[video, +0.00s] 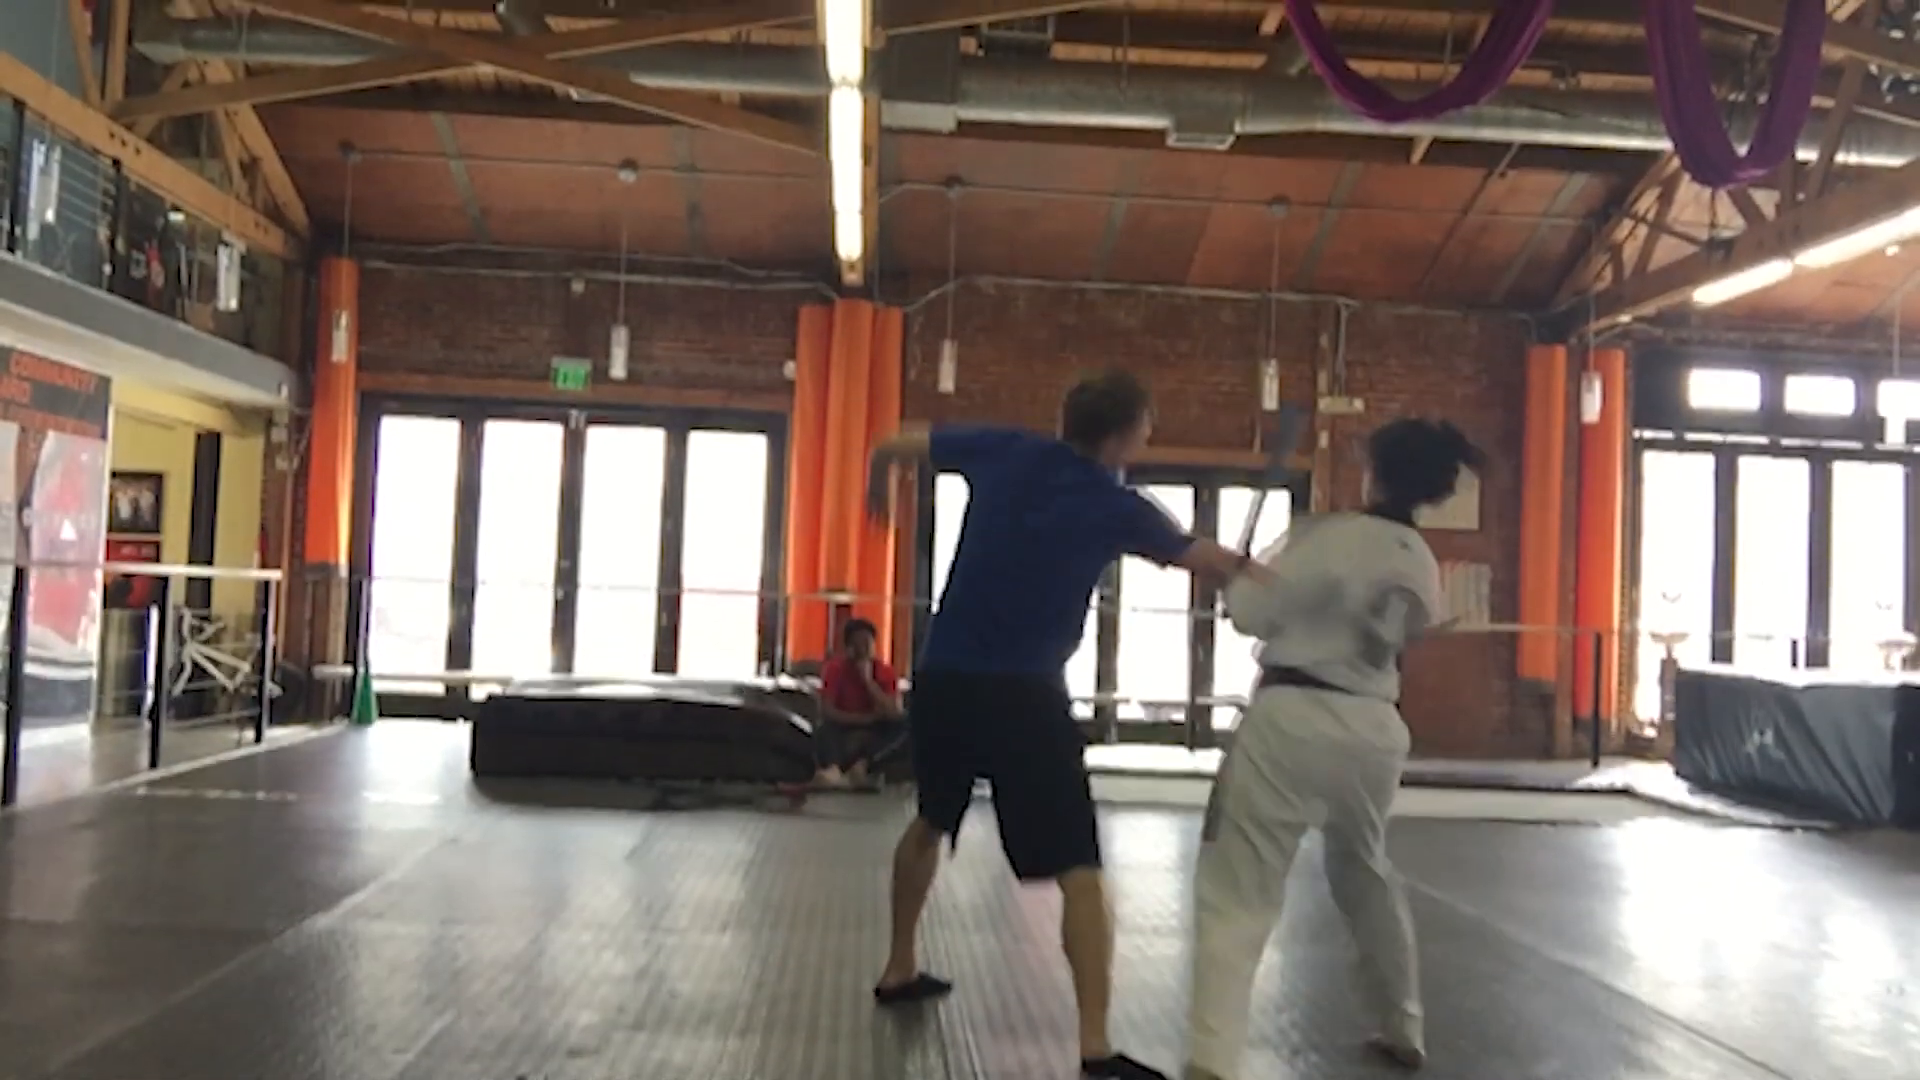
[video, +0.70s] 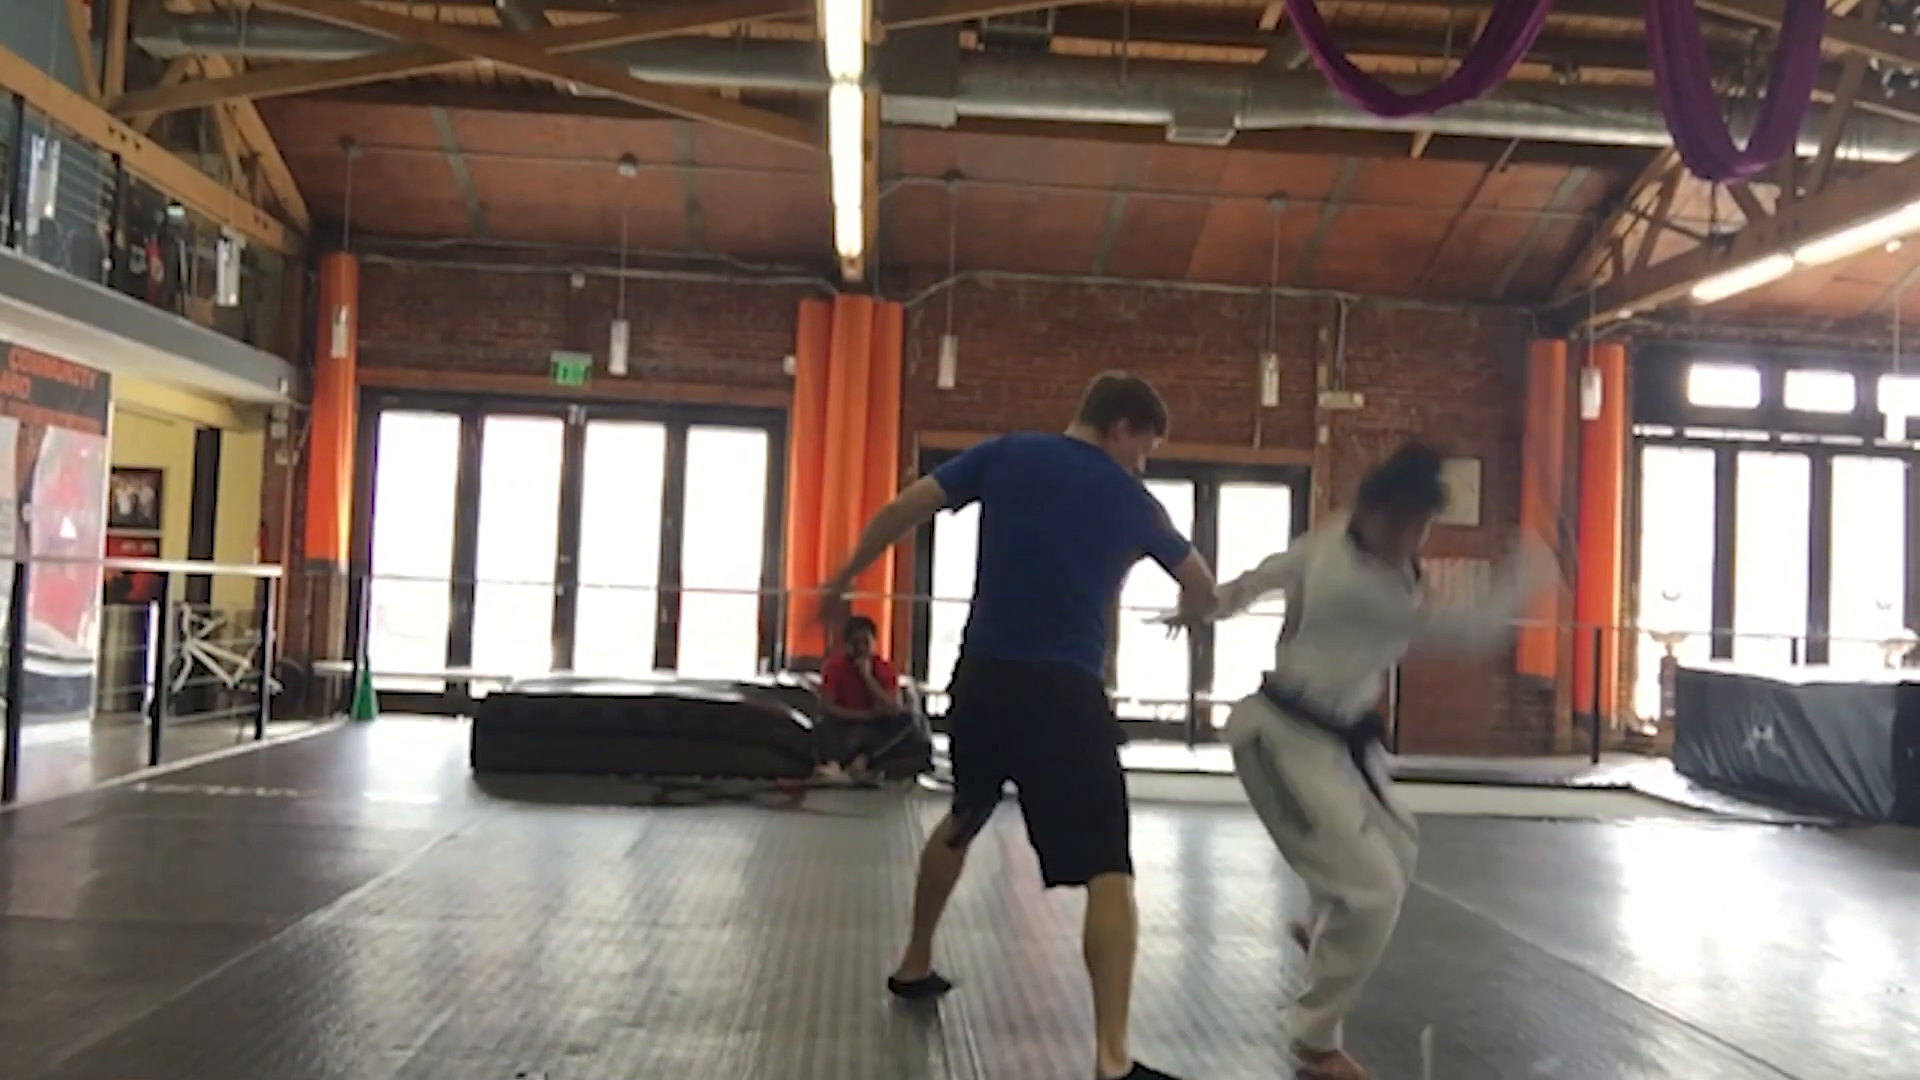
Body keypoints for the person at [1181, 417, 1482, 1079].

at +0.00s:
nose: (1359, 474)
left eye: (1366, 464)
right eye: (1369, 464)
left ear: (1374, 476)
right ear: (1429, 489)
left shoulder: (1324, 537)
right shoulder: (1420, 562)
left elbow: (1253, 612)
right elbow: (1371, 626)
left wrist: (1231, 570)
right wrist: (1270, 573)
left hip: (1289, 721)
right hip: (1374, 727)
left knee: (1236, 895)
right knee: (1366, 867)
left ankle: (1213, 1062)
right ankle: (1404, 1030)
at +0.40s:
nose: (1393, 492)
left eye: (1395, 477)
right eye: (1390, 477)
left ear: (1308, 466)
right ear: (1364, 473)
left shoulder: (1263, 521)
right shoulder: (1388, 537)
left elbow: (1204, 601)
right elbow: (1399, 629)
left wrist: (1266, 638)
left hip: (1265, 712)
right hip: (1359, 717)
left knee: (1235, 899)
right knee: (1369, 894)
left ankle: (1195, 1053)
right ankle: (1320, 1047)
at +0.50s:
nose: (1421, 495)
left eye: (1425, 481)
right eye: (1416, 479)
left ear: (1360, 468)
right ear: (1380, 470)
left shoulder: (1283, 516)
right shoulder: (1388, 532)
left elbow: (1218, 593)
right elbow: (1468, 567)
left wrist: (1262, 647)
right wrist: (1464, 535)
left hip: (1258, 700)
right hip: (1338, 706)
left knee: (1297, 873)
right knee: (1360, 887)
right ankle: (1333, 1057)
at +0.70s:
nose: (1417, 539)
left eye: (1424, 526)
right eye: (1409, 524)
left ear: (1425, 519)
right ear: (1375, 514)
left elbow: (1258, 579)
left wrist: (1207, 606)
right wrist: (1519, 579)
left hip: (1343, 737)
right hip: (1287, 736)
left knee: (1397, 851)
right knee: (1372, 888)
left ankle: (1323, 930)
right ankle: (1315, 1040)